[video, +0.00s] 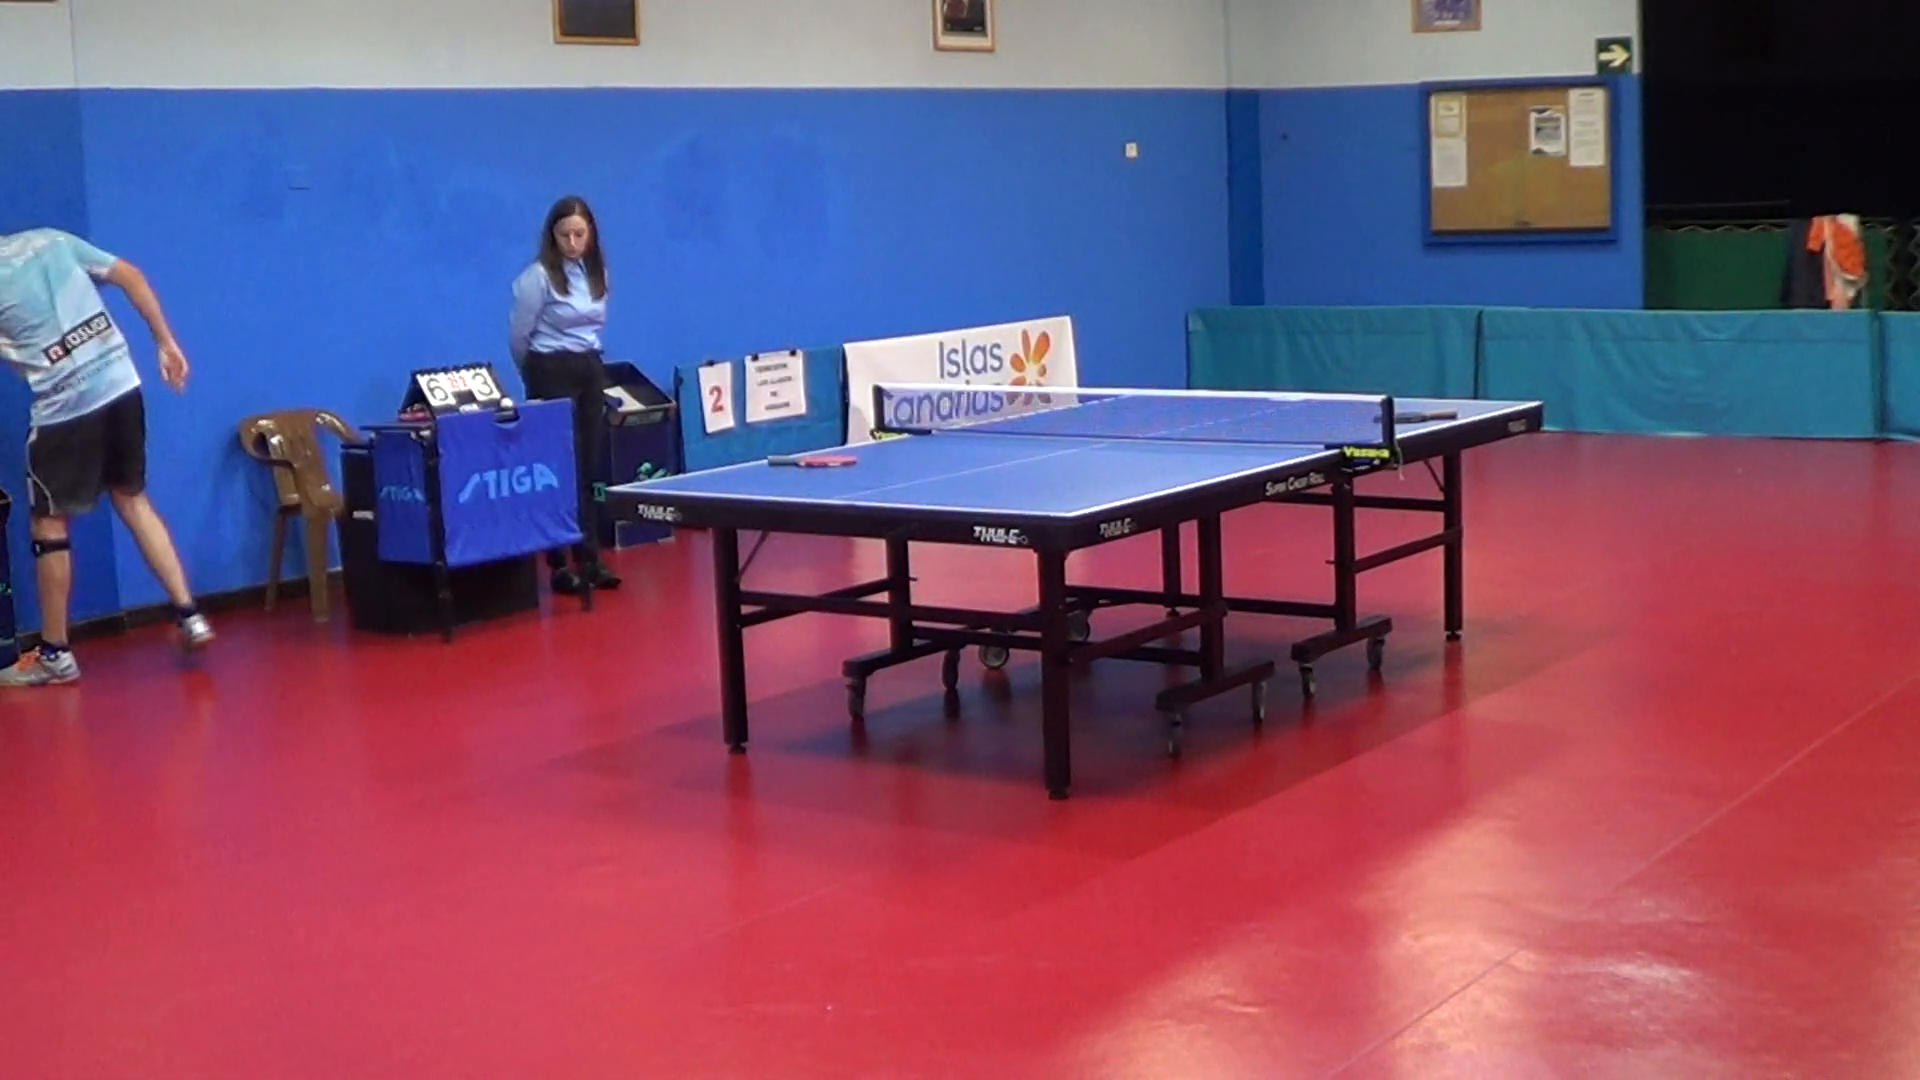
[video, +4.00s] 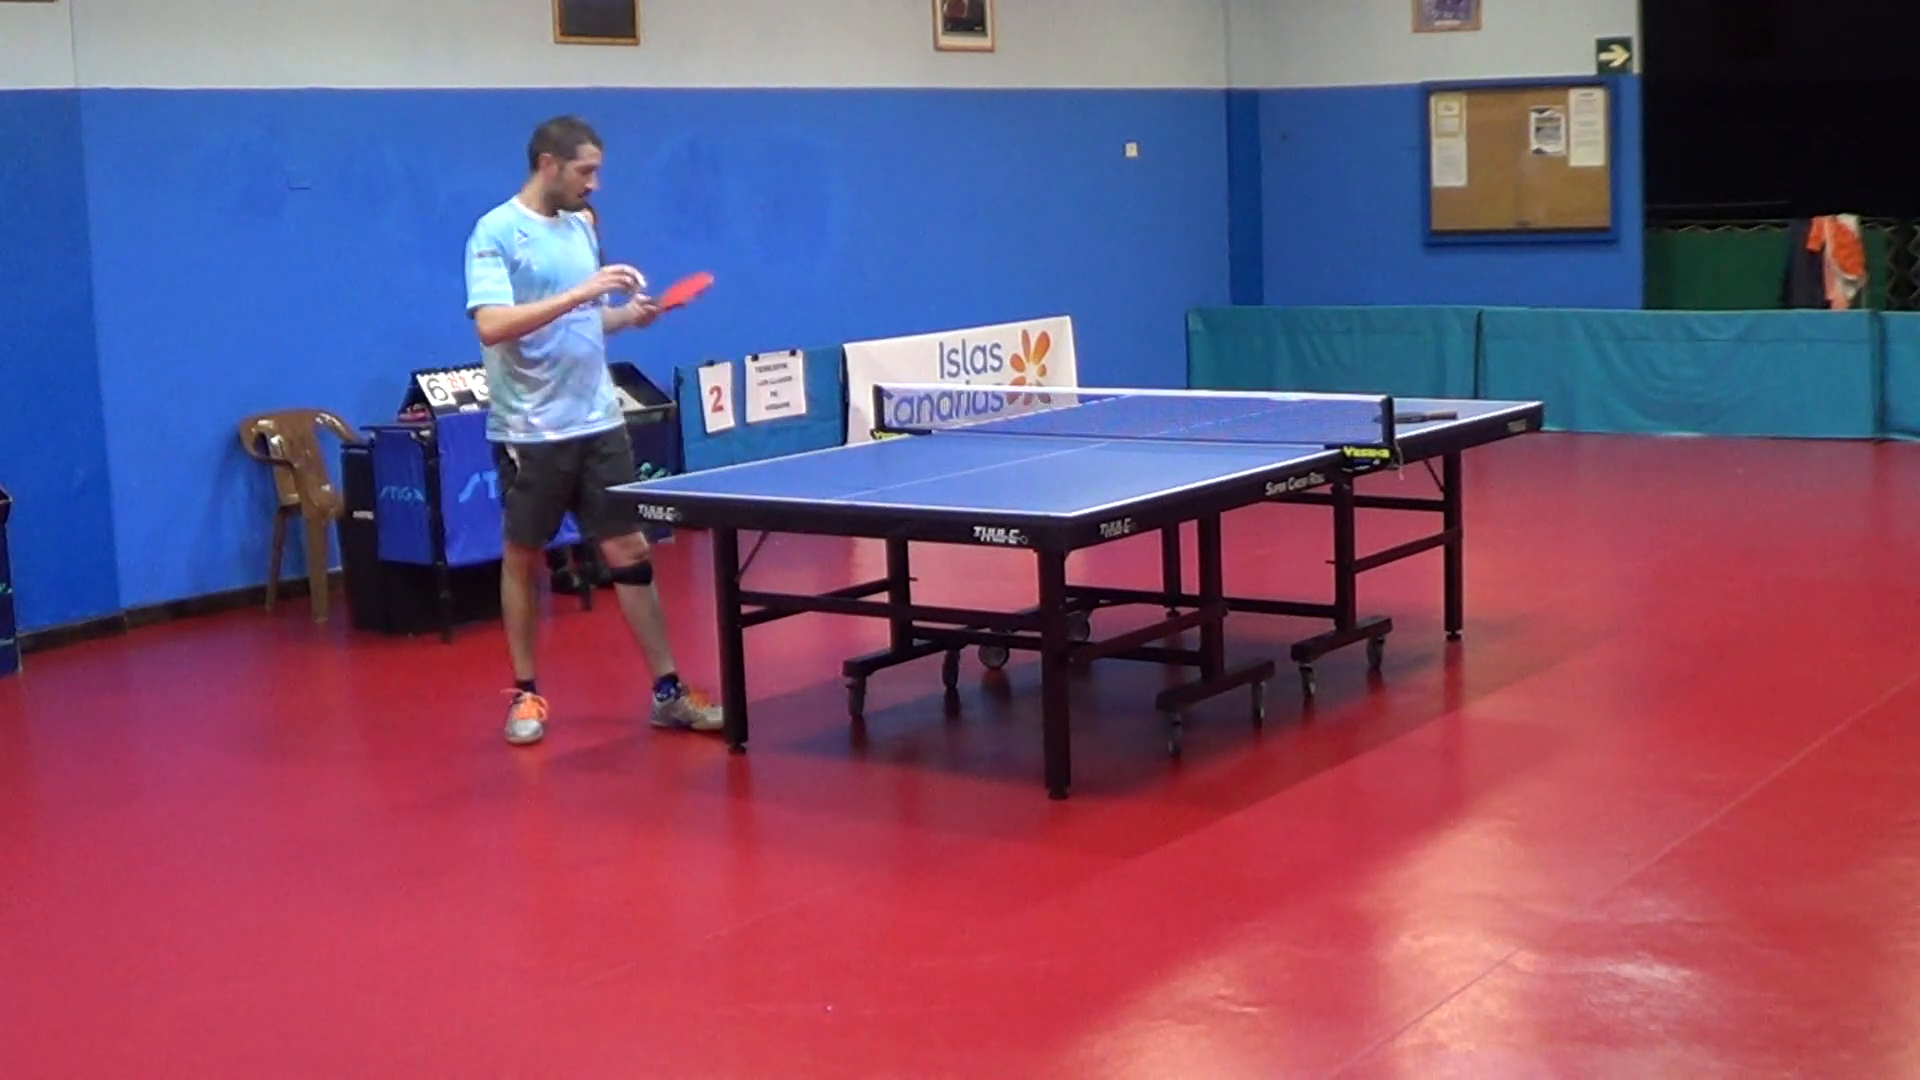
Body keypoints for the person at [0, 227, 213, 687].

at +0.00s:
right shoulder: (49, 240)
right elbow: (129, 274)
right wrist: (167, 341)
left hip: (64, 409)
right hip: (123, 388)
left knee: (49, 524)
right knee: (131, 495)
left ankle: (54, 651)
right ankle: (190, 614)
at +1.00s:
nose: (139, 195)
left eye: (148, 186)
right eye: (129, 185)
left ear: (162, 192)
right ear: (113, 190)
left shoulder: (183, 253)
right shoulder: (104, 247)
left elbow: (229, 329)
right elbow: (78, 315)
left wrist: (185, 377)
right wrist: (40, 364)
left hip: (182, 405)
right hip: (139, 406)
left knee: (147, 520)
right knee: (176, 519)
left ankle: (139, 646)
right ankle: (205, 639)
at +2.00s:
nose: (416, 180)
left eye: (417, 170)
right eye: (404, 172)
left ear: (414, 177)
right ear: (371, 182)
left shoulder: (426, 238)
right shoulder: (344, 250)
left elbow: (444, 311)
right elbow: (325, 344)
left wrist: (457, 344)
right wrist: (413, 357)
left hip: (428, 411)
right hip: (381, 417)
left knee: (388, 531)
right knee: (424, 532)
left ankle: (360, 639)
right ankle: (468, 662)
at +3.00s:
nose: (670, 182)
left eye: (674, 171)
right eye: (662, 170)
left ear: (658, 170)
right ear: (623, 162)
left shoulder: (667, 233)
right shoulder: (559, 223)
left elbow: (691, 328)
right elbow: (495, 301)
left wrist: (737, 405)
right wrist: (541, 350)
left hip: (657, 420)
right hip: (581, 422)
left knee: (669, 547)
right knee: (570, 554)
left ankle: (673, 691)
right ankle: (544, 653)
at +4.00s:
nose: (593, 184)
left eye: (596, 173)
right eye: (585, 172)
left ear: (574, 170)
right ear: (546, 165)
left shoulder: (581, 225)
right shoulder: (493, 233)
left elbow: (583, 322)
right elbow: (492, 327)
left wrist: (632, 316)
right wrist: (585, 292)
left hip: (599, 421)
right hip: (531, 432)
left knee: (630, 554)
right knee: (523, 560)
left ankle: (669, 692)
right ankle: (527, 693)